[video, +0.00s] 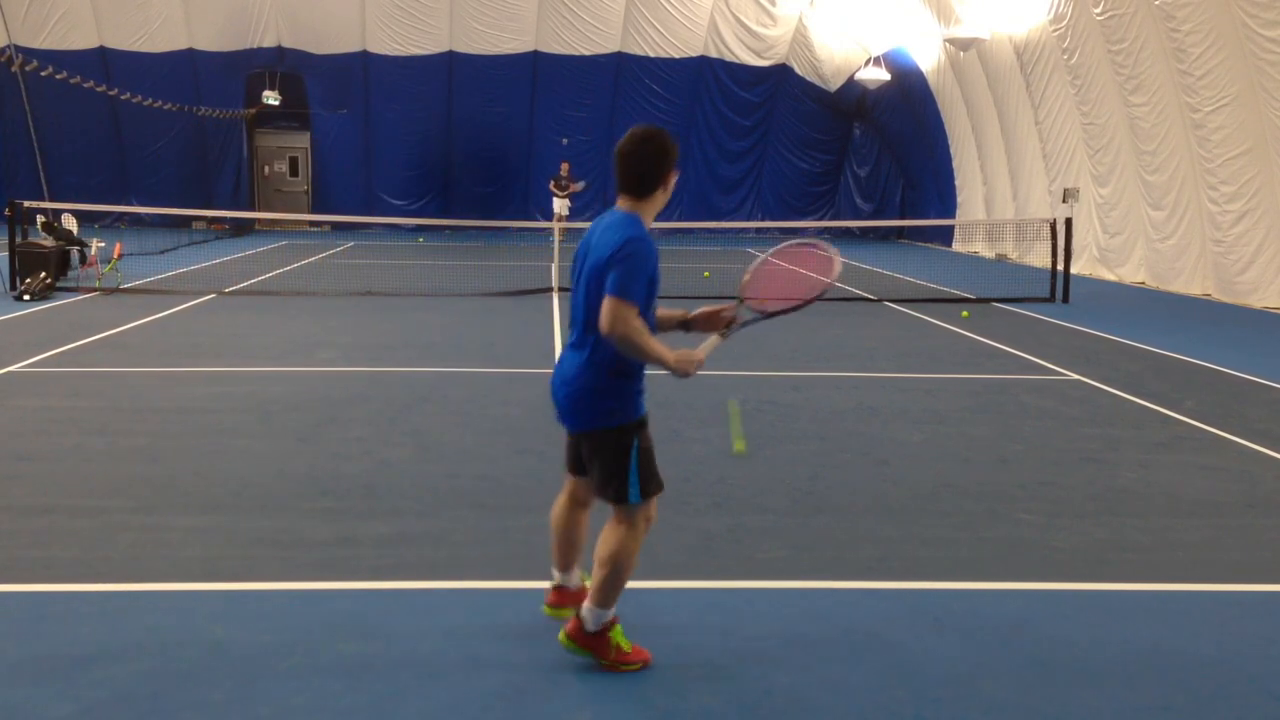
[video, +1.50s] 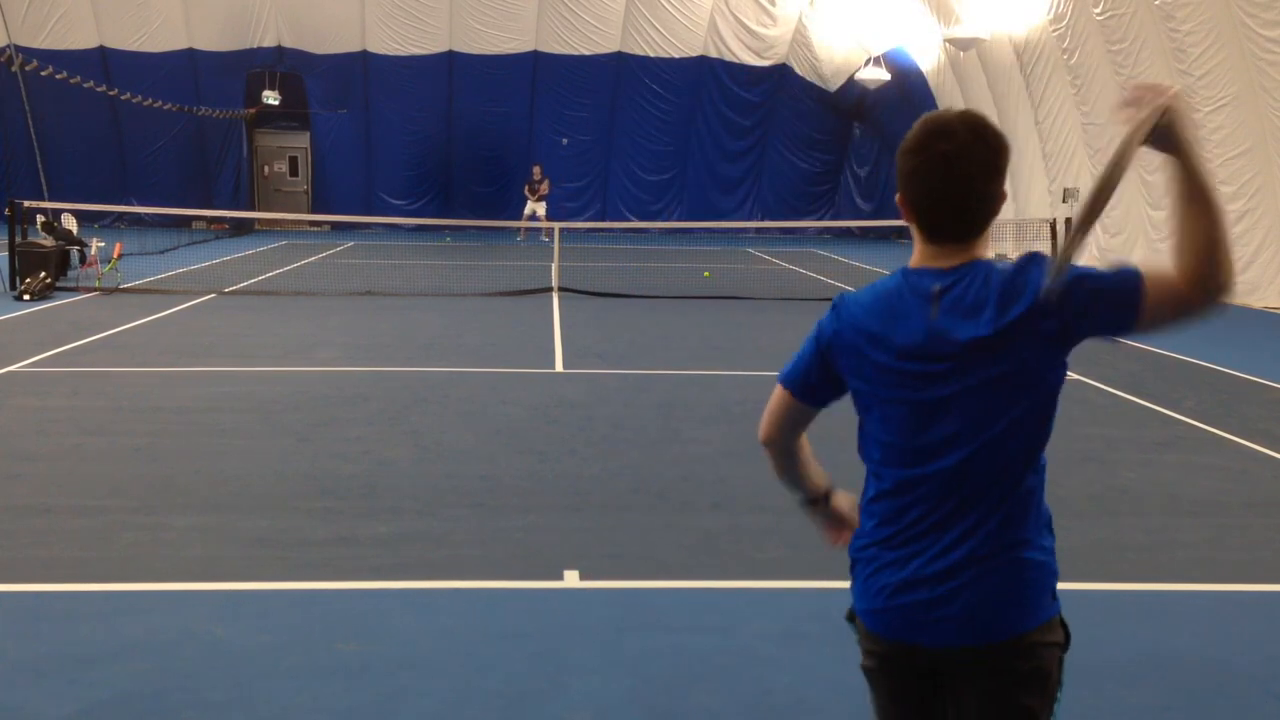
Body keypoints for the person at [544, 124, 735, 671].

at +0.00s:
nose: (676, 182)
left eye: (675, 174)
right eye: (676, 174)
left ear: (620, 174)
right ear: (669, 180)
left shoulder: (601, 230)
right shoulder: (635, 243)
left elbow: (621, 313)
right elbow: (615, 322)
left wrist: (689, 319)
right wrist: (670, 357)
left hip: (576, 384)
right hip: (610, 396)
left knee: (579, 489)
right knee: (636, 508)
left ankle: (566, 586)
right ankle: (593, 625)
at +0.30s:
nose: (715, 195)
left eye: (713, 186)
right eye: (714, 188)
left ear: (653, 193)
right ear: (706, 197)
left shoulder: (648, 252)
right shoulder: (663, 268)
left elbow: (712, 305)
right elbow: (680, 358)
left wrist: (778, 299)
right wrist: (767, 370)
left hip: (631, 427)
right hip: (651, 437)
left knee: (635, 542)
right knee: (697, 567)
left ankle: (577, 647)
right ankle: (681, 708)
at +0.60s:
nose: (793, 184)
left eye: (787, 177)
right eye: (787, 180)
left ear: (726, 200)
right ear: (777, 202)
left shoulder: (733, 248)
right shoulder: (729, 280)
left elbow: (823, 229)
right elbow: (743, 368)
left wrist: (900, 192)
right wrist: (833, 324)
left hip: (691, 464)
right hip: (715, 474)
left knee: (730, 606)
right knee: (791, 627)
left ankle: (670, 712)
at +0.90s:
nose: (865, 150)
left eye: (860, 138)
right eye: (857, 141)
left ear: (779, 163)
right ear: (835, 159)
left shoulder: (759, 247)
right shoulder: (849, 250)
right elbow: (963, 264)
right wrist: (1057, 213)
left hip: (776, 466)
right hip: (842, 481)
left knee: (783, 584)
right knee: (839, 672)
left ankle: (751, 697)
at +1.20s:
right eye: (949, 172)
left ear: (856, 203)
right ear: (945, 191)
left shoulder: (835, 306)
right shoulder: (978, 267)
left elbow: (824, 368)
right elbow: (1058, 134)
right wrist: (945, 49)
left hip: (859, 561)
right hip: (962, 571)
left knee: (844, 640)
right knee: (981, 705)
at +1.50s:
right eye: (998, 186)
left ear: (901, 205)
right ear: (998, 202)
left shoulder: (858, 316)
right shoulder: (1039, 295)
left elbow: (777, 432)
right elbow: (1202, 282)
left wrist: (823, 503)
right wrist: (1183, 152)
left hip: (893, 606)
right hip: (1010, 609)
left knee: (908, 709)